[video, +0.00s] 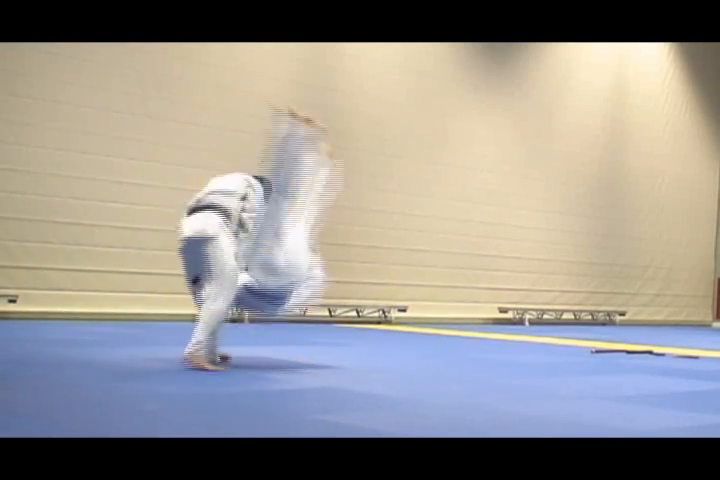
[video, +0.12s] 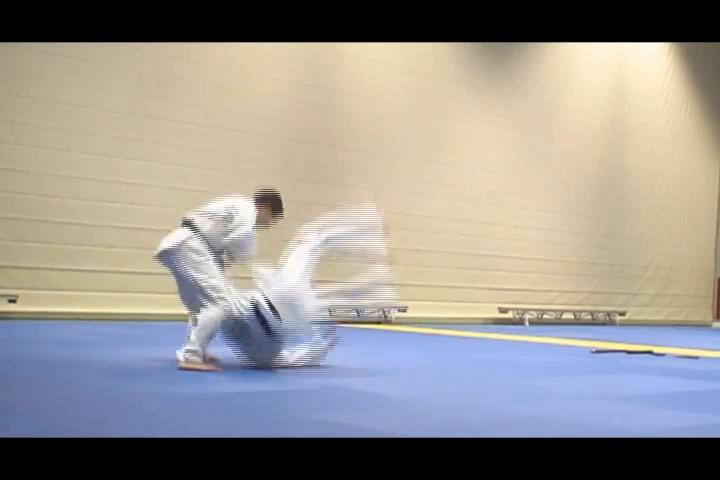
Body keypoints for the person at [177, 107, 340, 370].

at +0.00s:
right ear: (262, 187)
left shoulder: (220, 184)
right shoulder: (257, 186)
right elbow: (250, 227)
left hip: (189, 226)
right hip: (212, 226)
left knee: (207, 289)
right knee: (225, 286)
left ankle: (208, 352)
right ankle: (196, 350)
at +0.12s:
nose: (271, 224)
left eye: (275, 220)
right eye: (273, 217)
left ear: (260, 203)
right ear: (266, 207)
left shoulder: (239, 204)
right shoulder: (247, 210)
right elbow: (240, 238)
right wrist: (242, 257)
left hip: (176, 244)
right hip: (189, 244)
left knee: (198, 304)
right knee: (221, 303)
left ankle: (196, 352)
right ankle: (192, 356)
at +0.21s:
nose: (269, 245)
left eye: (273, 243)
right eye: (272, 240)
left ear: (265, 228)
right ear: (266, 229)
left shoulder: (244, 233)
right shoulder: (239, 228)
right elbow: (212, 255)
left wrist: (223, 273)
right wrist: (217, 275)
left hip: (175, 251)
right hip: (179, 252)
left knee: (195, 305)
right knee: (217, 304)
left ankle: (199, 353)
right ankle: (192, 358)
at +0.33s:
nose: (271, 246)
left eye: (275, 244)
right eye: (274, 241)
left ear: (267, 229)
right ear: (269, 230)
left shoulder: (245, 230)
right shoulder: (244, 230)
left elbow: (231, 282)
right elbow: (220, 264)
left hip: (175, 250)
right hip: (181, 251)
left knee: (194, 307)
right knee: (220, 303)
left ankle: (196, 354)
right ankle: (193, 358)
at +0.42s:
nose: (275, 234)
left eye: (279, 230)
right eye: (278, 227)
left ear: (270, 215)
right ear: (272, 218)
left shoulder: (248, 216)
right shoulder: (249, 220)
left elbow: (230, 267)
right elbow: (230, 261)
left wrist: (241, 301)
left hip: (178, 247)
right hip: (186, 248)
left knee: (192, 307)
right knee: (225, 305)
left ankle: (197, 353)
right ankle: (194, 357)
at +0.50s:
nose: (280, 215)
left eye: (283, 210)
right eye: (282, 209)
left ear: (267, 193)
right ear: (275, 201)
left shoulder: (246, 200)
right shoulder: (254, 210)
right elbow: (235, 255)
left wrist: (239, 297)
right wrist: (230, 286)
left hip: (182, 243)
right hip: (195, 247)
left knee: (192, 306)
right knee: (229, 306)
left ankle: (192, 354)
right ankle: (195, 357)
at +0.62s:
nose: (278, 192)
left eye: (282, 188)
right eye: (279, 186)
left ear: (266, 174)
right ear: (270, 177)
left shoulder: (241, 182)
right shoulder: (249, 193)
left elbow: (243, 230)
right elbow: (246, 239)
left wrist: (255, 250)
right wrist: (256, 256)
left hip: (195, 240)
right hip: (206, 245)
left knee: (207, 308)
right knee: (229, 312)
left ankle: (178, 343)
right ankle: (195, 358)